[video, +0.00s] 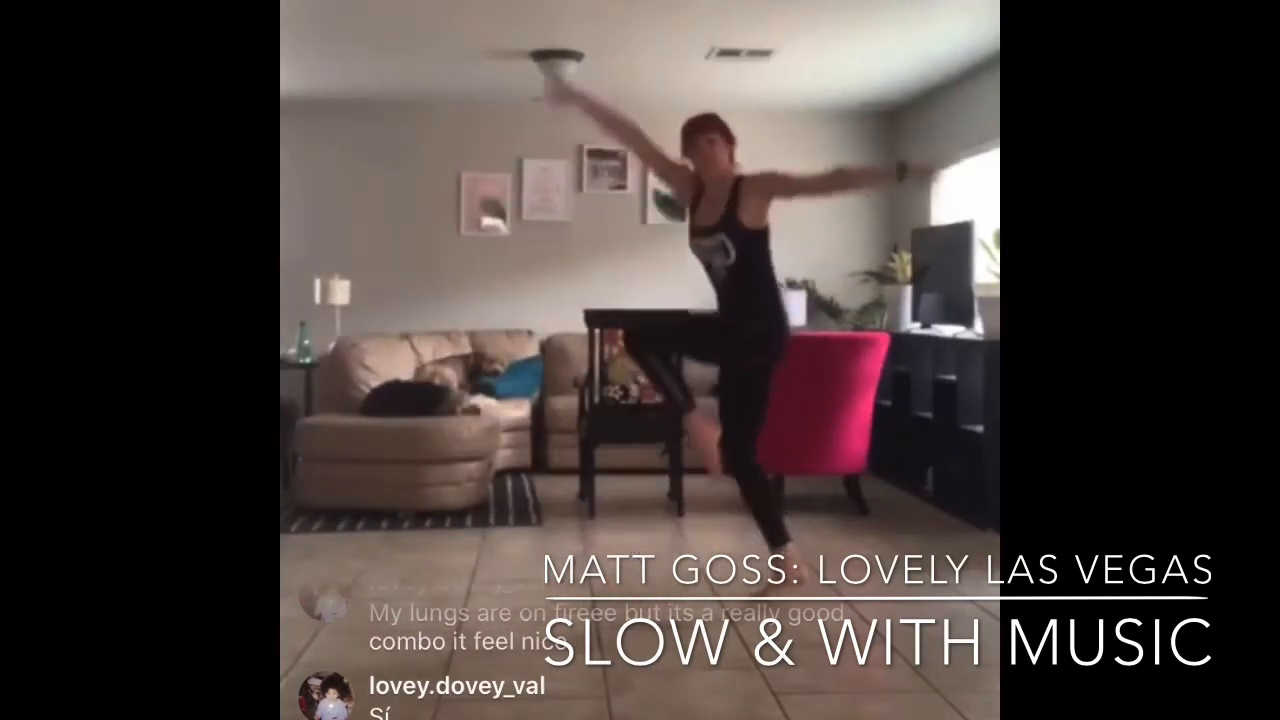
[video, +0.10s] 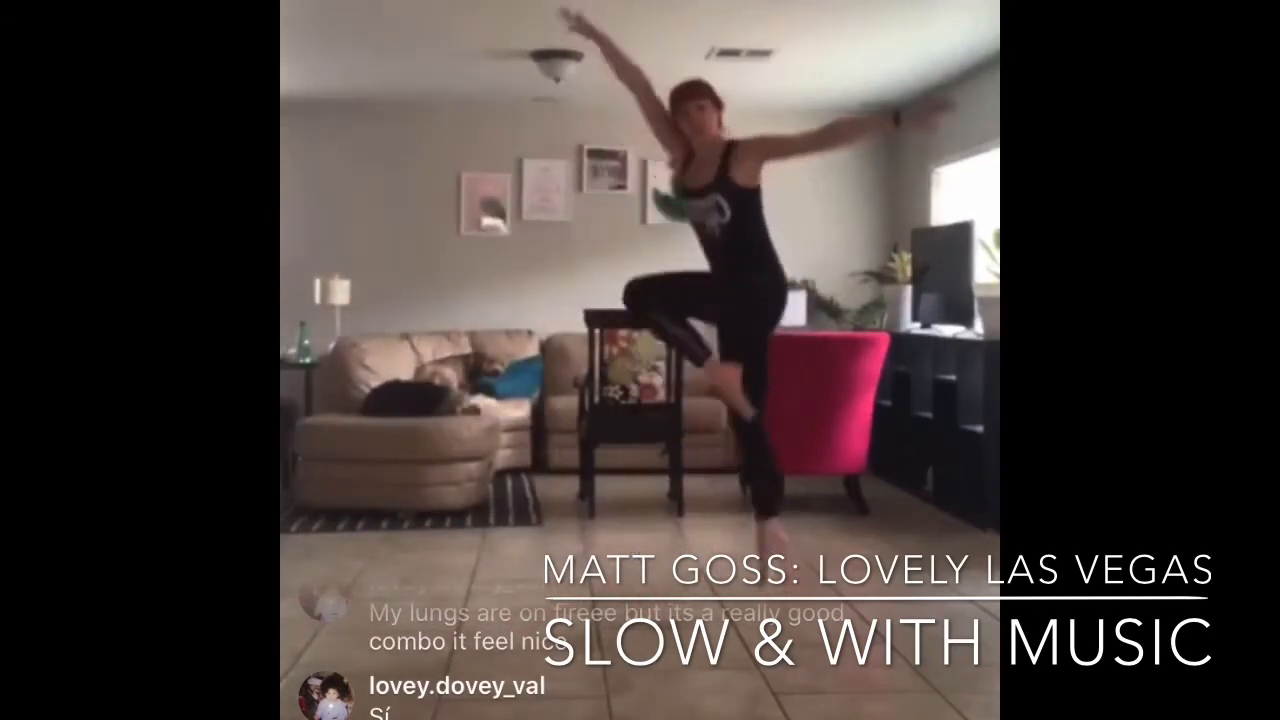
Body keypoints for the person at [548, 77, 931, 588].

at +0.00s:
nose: (702, 153)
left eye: (709, 143)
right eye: (694, 147)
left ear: (730, 147)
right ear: (689, 156)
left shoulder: (755, 188)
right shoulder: (693, 191)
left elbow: (825, 182)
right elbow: (637, 143)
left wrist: (894, 173)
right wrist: (576, 98)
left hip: (760, 332)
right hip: (725, 328)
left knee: (737, 453)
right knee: (640, 333)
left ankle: (785, 556)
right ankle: (693, 422)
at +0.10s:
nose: (695, 118)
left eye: (702, 108)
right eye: (687, 111)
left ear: (719, 113)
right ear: (677, 123)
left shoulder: (743, 155)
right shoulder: (682, 157)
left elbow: (820, 138)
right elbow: (637, 90)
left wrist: (898, 121)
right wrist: (596, 36)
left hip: (757, 288)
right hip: (727, 289)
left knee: (642, 293)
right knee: (742, 405)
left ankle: (714, 371)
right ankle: (768, 524)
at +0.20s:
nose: (692, 106)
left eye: (698, 95)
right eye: (682, 100)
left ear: (714, 101)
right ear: (670, 113)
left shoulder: (740, 143)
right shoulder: (676, 150)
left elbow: (819, 125)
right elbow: (632, 79)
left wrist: (893, 108)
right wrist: (591, 21)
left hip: (759, 274)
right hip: (725, 276)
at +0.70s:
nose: (669, 172)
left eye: (677, 163)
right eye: (660, 166)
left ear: (695, 170)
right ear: (650, 178)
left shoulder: (723, 220)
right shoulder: (642, 236)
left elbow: (787, 264)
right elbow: (624, 300)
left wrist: (841, 303)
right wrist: (647, 325)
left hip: (723, 354)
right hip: (681, 356)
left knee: (639, 439)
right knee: (686, 485)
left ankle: (625, 569)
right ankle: (755, 570)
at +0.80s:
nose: (660, 171)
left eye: (668, 162)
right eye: (651, 164)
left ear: (686, 170)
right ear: (639, 175)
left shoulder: (712, 223)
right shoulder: (629, 233)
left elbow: (770, 266)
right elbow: (612, 295)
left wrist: (812, 297)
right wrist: (646, 321)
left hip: (701, 361)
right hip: (661, 362)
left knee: (628, 466)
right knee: (671, 486)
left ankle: (628, 592)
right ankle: (750, 565)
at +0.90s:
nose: (648, 170)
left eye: (656, 162)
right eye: (639, 164)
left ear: (673, 169)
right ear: (628, 174)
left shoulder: (698, 231)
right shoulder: (612, 233)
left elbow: (767, 280)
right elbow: (579, 291)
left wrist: (759, 312)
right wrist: (626, 311)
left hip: (685, 367)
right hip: (647, 369)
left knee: (613, 473)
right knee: (658, 496)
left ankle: (627, 599)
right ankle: (743, 561)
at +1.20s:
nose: (588, 173)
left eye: (592, 163)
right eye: (587, 164)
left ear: (613, 163)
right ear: (626, 163)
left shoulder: (613, 218)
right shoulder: (639, 218)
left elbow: (549, 265)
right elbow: (559, 272)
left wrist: (489, 272)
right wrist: (498, 279)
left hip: (639, 366)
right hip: (672, 361)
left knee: (589, 481)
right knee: (665, 472)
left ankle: (621, 600)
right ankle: (731, 569)